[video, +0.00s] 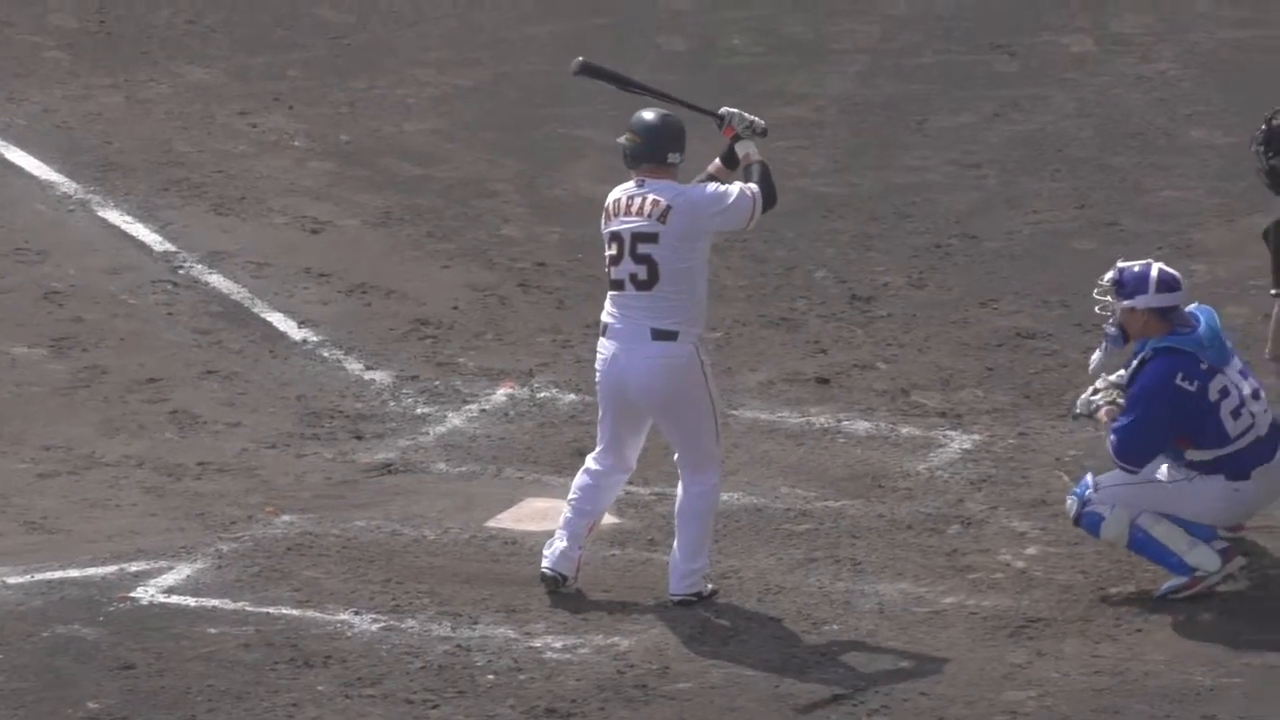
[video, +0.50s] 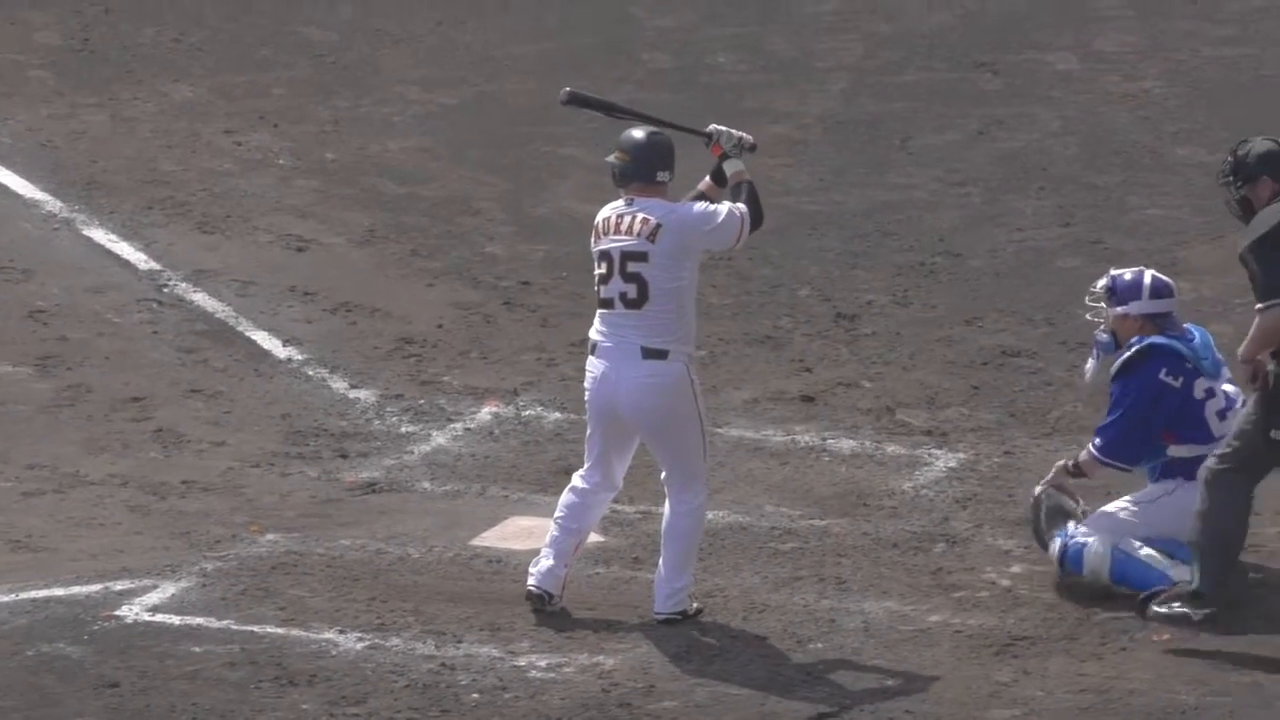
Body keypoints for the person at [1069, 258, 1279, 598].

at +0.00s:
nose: (1114, 314)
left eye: (1120, 307)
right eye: (1116, 306)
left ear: (1144, 314)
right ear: (1168, 307)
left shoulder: (1159, 375)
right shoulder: (1201, 321)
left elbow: (1129, 458)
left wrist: (1107, 414)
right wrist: (1124, 384)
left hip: (1233, 491)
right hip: (1269, 467)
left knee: (1088, 501)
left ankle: (1205, 564)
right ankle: (1221, 523)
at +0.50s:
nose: (1105, 321)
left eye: (1112, 314)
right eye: (1107, 312)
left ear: (1135, 321)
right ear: (1162, 315)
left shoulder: (1145, 368)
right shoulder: (1196, 339)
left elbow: (1111, 450)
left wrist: (1068, 469)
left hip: (1194, 494)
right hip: (1231, 483)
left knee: (1073, 543)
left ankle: (1184, 582)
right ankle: (1204, 566)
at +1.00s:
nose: (1069, 337)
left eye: (1076, 330)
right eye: (1070, 329)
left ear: (1104, 337)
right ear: (1117, 335)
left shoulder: (1099, 387)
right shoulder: (1158, 357)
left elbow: (1020, 431)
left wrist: (962, 421)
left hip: (1194, 495)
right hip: (1237, 474)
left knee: (1063, 564)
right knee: (1143, 465)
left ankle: (1178, 579)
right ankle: (1200, 546)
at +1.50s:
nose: (1058, 336)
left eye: (1065, 329)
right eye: (1060, 328)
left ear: (1090, 337)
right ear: (1106, 333)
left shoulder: (1092, 389)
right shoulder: (1148, 347)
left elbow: (1019, 431)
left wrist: (968, 430)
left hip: (1192, 490)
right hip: (1230, 470)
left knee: (1060, 562)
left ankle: (1174, 577)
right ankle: (1197, 540)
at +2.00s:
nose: (1053, 337)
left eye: (1059, 330)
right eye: (1055, 329)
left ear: (1083, 338)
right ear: (1106, 332)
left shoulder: (1087, 387)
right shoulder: (1148, 351)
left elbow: (1008, 435)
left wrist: (955, 427)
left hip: (1167, 506)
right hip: (1210, 484)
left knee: (1051, 562)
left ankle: (1161, 575)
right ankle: (1189, 537)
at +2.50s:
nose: (1048, 345)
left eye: (1055, 338)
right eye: (1050, 337)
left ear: (1079, 344)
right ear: (1099, 339)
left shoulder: (1080, 395)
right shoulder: (1146, 359)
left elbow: (994, 444)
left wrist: (944, 428)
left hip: (1161, 515)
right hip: (1202, 493)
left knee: (1046, 570)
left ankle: (1158, 583)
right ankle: (1181, 547)